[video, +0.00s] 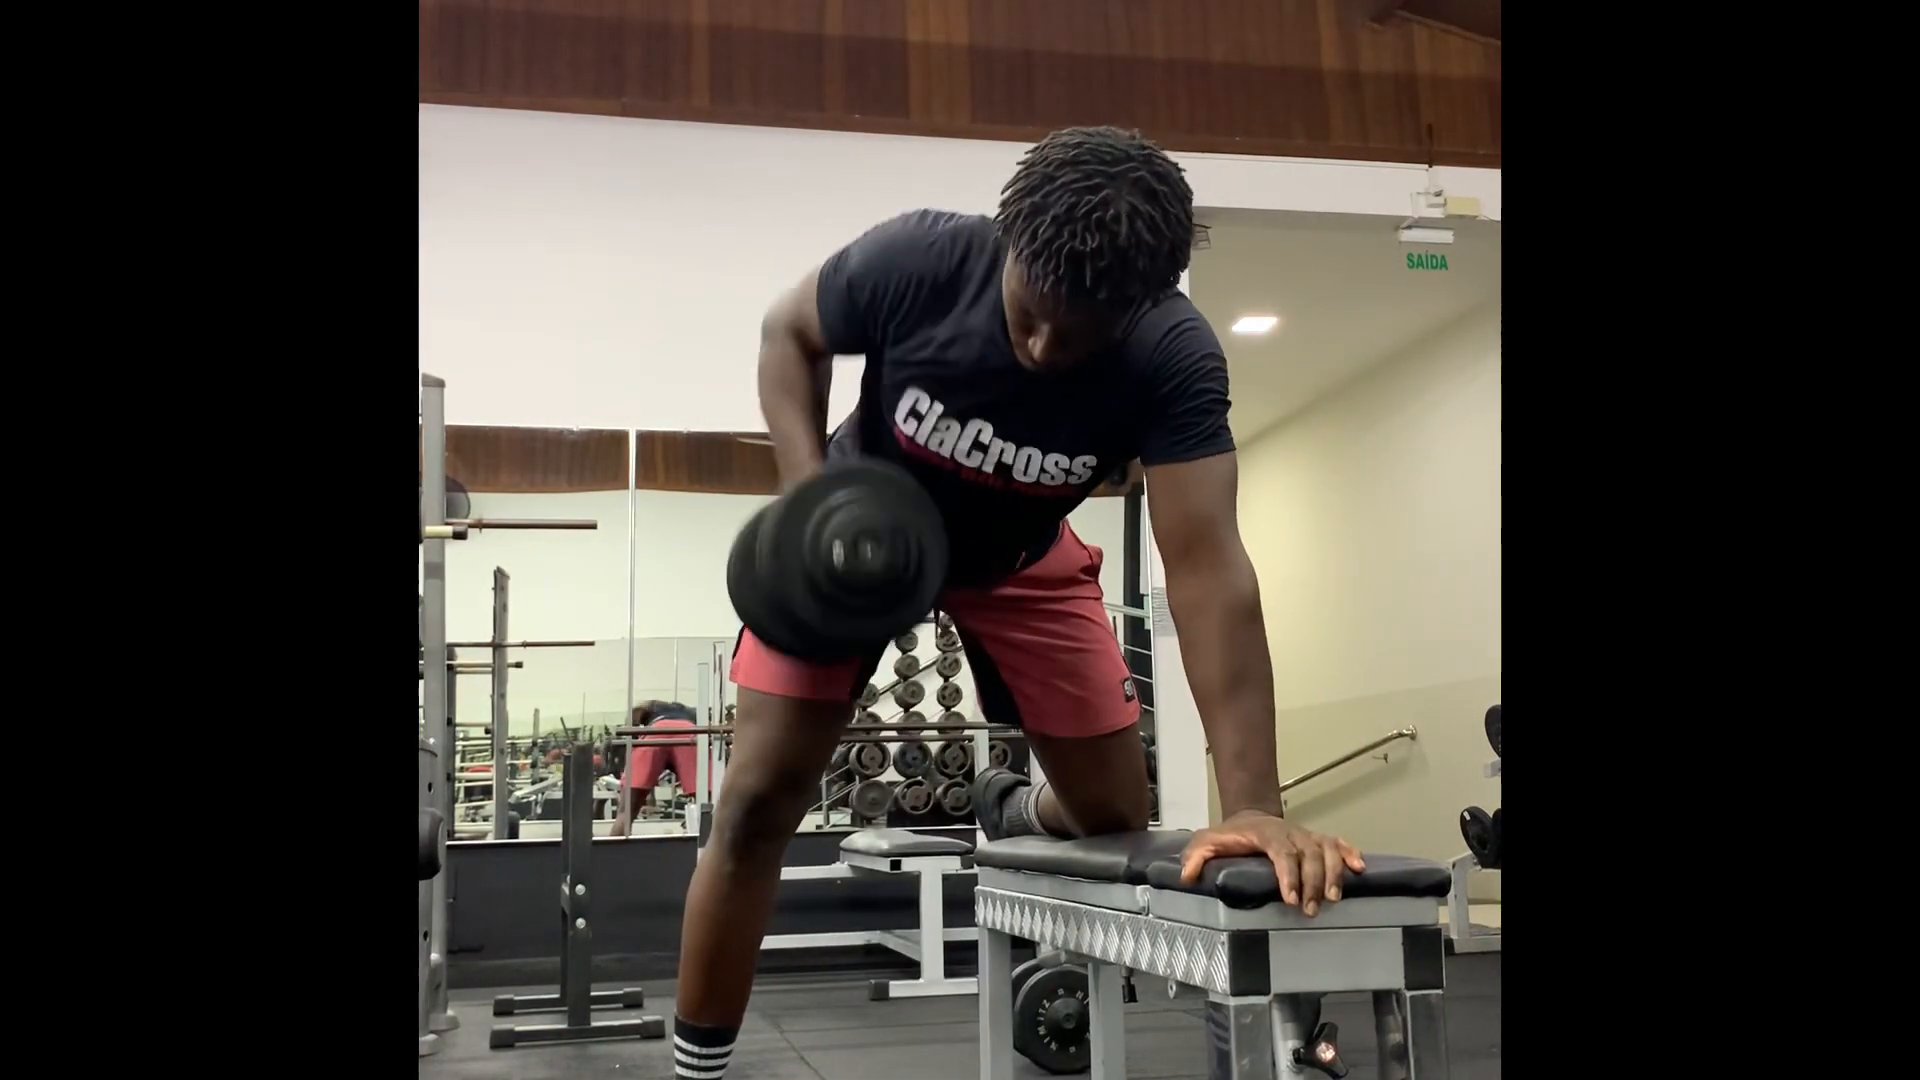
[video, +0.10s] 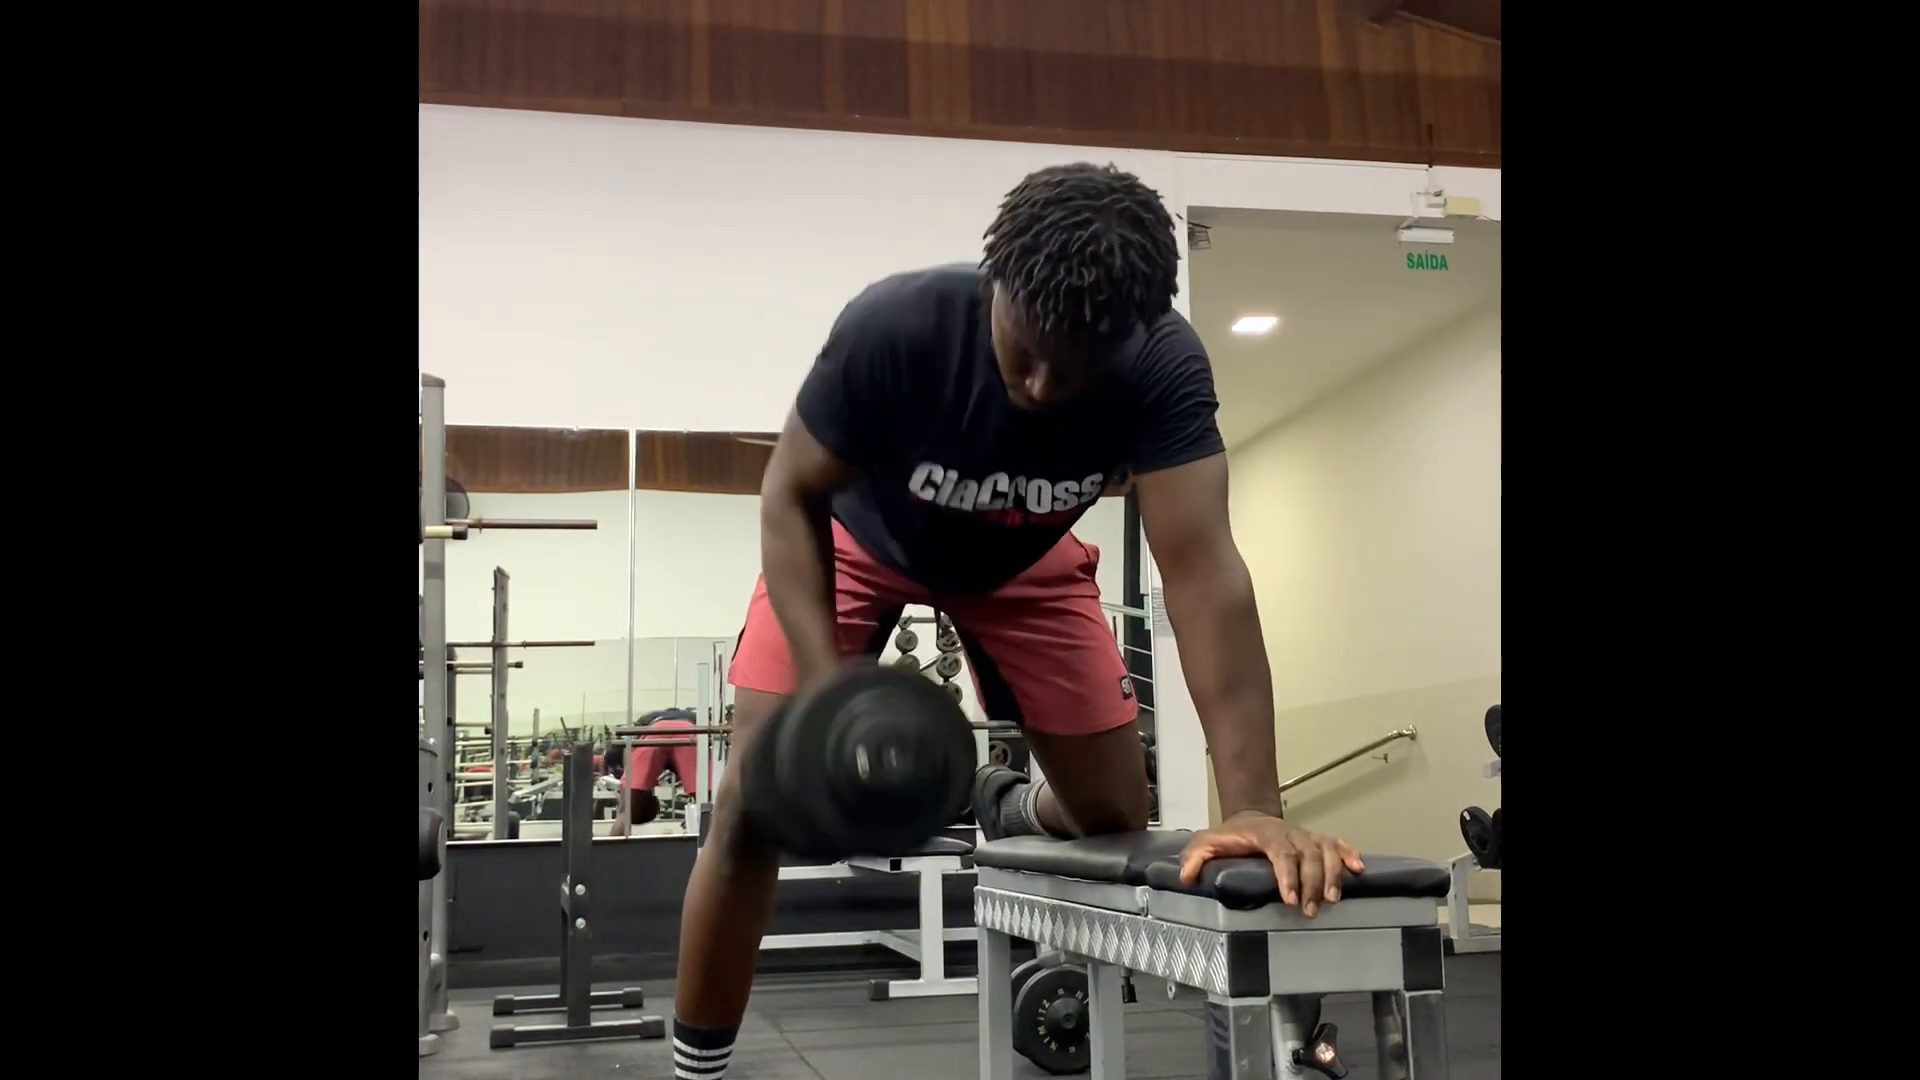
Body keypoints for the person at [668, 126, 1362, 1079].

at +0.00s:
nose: (1045, 348)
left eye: (1081, 332)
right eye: (1030, 313)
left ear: (1140, 303)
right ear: (1008, 247)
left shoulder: (1171, 355)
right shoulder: (920, 263)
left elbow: (1208, 562)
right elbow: (790, 331)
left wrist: (1254, 807)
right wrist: (811, 500)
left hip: (1026, 556)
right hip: (868, 527)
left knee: (1116, 815)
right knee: (755, 803)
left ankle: (1010, 809)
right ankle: (694, 1074)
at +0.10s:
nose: (1043, 387)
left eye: (1077, 366)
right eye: (1026, 352)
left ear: (1129, 330)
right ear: (996, 287)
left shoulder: (1159, 363)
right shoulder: (890, 331)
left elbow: (1201, 563)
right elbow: (787, 495)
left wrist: (1253, 805)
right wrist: (828, 695)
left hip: (1032, 561)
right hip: (859, 538)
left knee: (1118, 815)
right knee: (753, 800)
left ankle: (1001, 807)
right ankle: (695, 1074)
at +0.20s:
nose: (1035, 441)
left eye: (1065, 419)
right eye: (1012, 412)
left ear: (1113, 376)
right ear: (975, 351)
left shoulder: (1140, 380)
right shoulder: (875, 427)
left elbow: (1193, 573)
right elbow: (829, 666)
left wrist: (1253, 805)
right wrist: (870, 907)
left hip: (1027, 566)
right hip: (848, 556)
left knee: (1119, 817)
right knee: (744, 805)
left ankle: (1014, 810)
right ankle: (695, 1066)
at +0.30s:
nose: (1033, 511)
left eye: (1062, 488)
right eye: (1007, 484)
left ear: (1102, 442)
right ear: (964, 426)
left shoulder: (1115, 402)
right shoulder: (873, 520)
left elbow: (1194, 587)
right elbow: (873, 778)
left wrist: (1253, 809)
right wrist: (890, 1031)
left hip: (1020, 564)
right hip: (841, 545)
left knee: (1115, 810)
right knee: (740, 805)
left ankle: (1005, 801)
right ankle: (695, 1068)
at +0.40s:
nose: (1022, 519)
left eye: (1051, 501)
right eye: (999, 492)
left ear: (1094, 455)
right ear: (957, 435)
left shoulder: (1107, 404)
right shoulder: (873, 522)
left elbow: (1191, 592)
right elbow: (875, 782)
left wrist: (1252, 809)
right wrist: (892, 1033)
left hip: (1019, 563)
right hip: (840, 541)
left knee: (1115, 811)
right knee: (737, 805)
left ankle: (1003, 798)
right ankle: (694, 1068)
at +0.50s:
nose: (1031, 395)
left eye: (1064, 376)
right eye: (1013, 361)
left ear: (1116, 343)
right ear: (983, 292)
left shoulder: (1145, 375)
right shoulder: (882, 367)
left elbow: (1200, 586)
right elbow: (810, 572)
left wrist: (1252, 806)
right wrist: (852, 787)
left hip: (1026, 562)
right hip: (857, 546)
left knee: (1115, 813)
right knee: (756, 789)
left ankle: (1006, 800)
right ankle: (699, 1072)